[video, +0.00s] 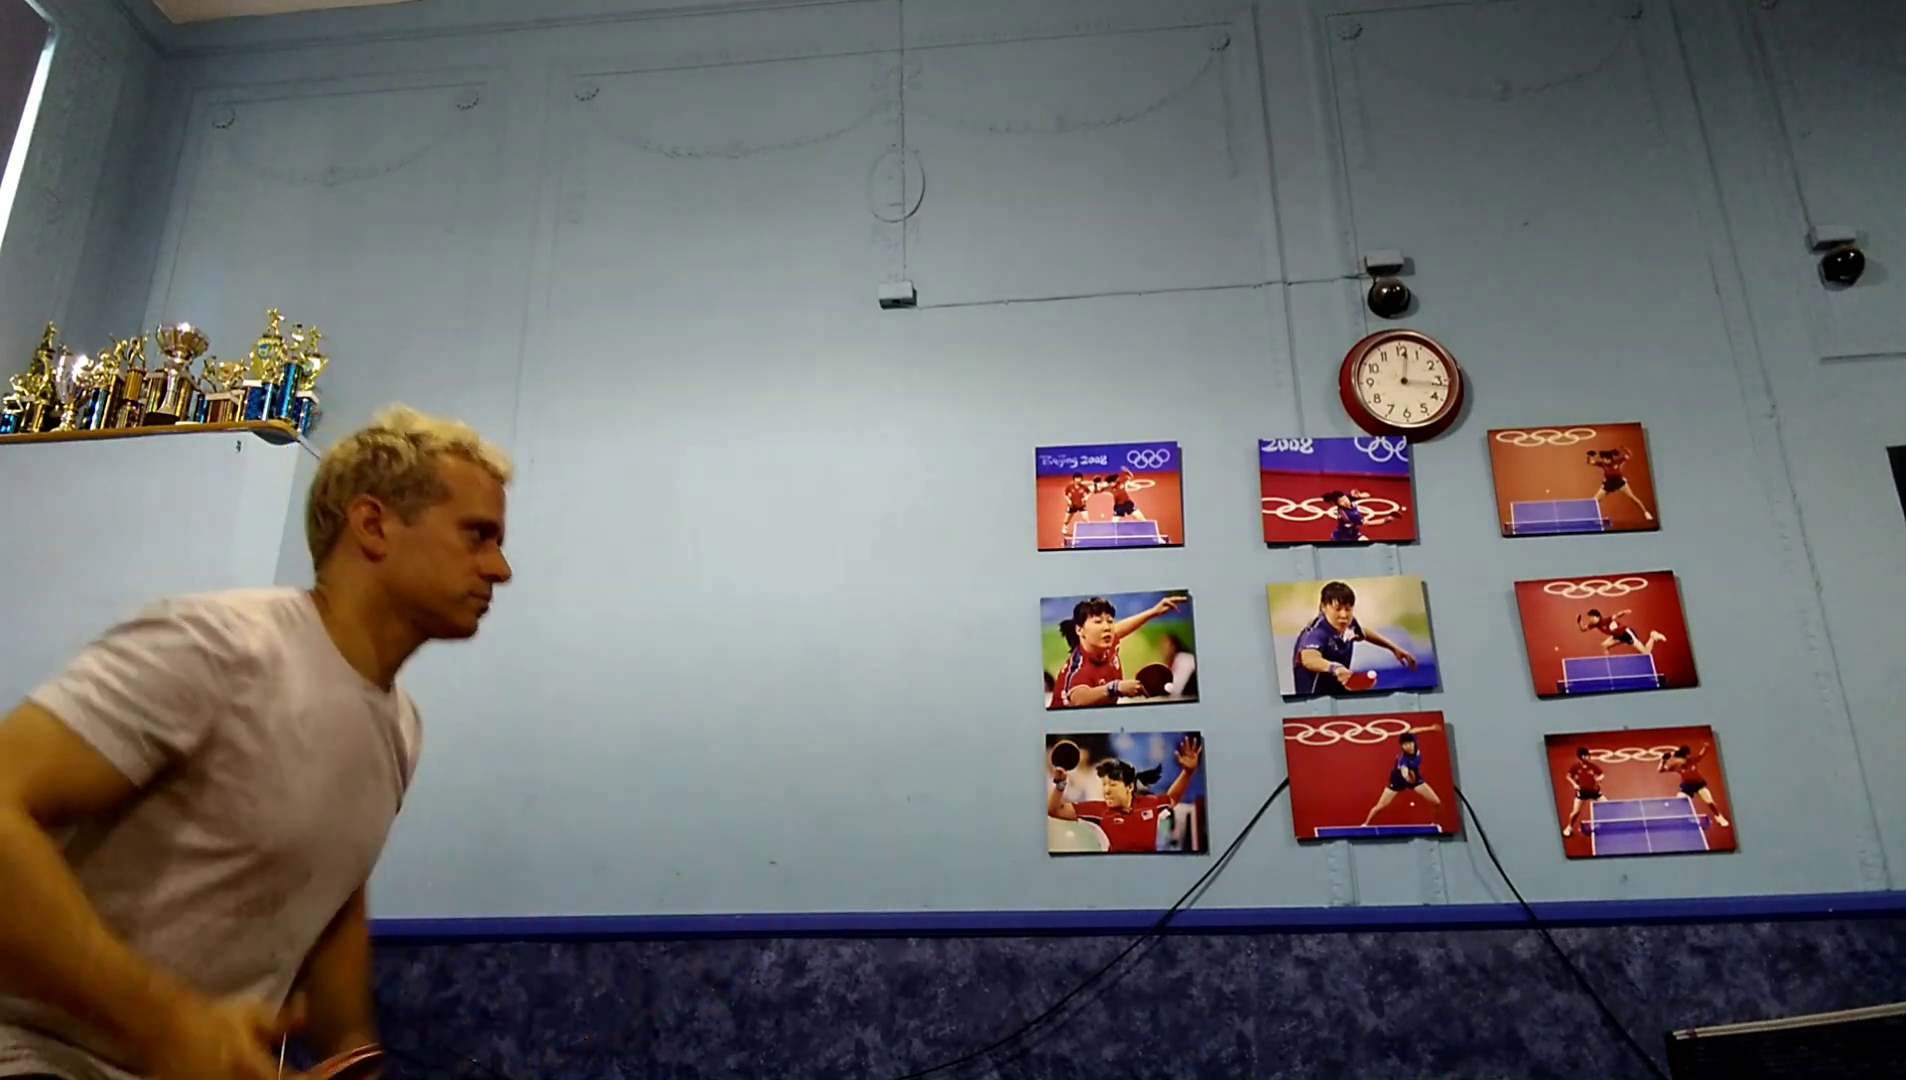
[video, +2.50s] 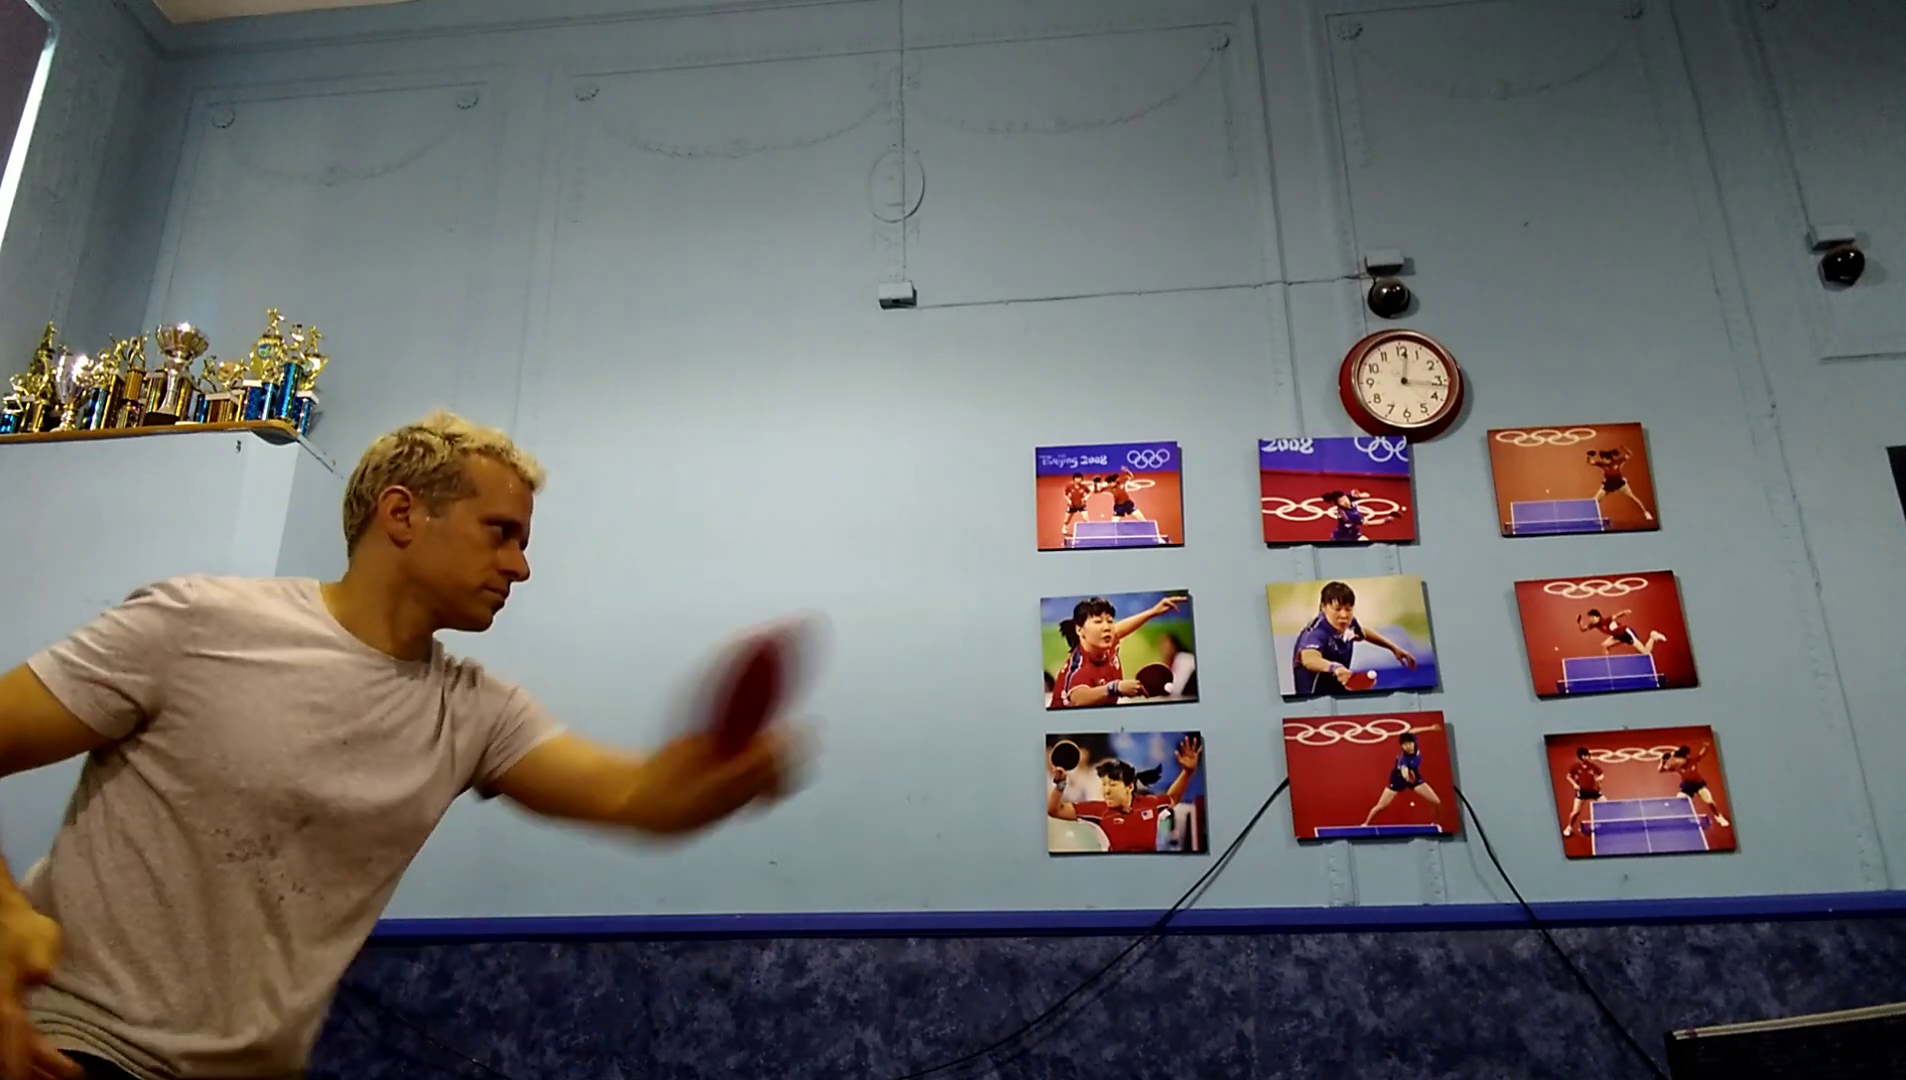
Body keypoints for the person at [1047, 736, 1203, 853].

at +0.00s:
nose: (1106, 790)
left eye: (1113, 784)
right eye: (1104, 785)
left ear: (1130, 787)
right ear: (1101, 787)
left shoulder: (1151, 805)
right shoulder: (1100, 810)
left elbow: (1172, 798)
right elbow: (1055, 811)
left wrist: (1188, 771)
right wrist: (1060, 785)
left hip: (1150, 872)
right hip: (1115, 874)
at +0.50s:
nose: (1107, 790)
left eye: (1113, 785)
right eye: (1104, 785)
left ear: (1130, 787)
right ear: (1101, 787)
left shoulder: (1151, 804)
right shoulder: (1100, 810)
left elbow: (1172, 798)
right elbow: (1055, 811)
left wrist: (1188, 771)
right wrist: (1059, 785)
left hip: (1151, 872)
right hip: (1116, 874)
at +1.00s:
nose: (1106, 790)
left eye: (1113, 785)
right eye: (1104, 785)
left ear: (1130, 787)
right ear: (1101, 787)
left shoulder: (1151, 805)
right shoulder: (1100, 811)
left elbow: (1173, 798)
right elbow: (1055, 811)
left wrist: (1188, 771)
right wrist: (1060, 785)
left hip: (1151, 873)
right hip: (1115, 875)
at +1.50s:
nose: (1107, 790)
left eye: (1113, 785)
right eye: (1104, 785)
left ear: (1130, 787)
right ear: (1101, 787)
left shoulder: (1151, 804)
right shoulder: (1100, 811)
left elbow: (1172, 798)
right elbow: (1055, 811)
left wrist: (1188, 771)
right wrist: (1059, 785)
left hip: (1152, 872)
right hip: (1117, 874)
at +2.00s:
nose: (1107, 790)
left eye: (1113, 785)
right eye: (1104, 785)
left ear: (1130, 787)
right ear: (1101, 786)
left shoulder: (1151, 804)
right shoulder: (1100, 810)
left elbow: (1173, 798)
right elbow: (1055, 811)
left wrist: (1188, 772)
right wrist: (1059, 785)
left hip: (1151, 872)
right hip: (1116, 874)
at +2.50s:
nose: (1107, 790)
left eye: (1113, 785)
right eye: (1104, 785)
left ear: (1130, 787)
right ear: (1101, 787)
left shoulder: (1151, 804)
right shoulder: (1100, 811)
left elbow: (1172, 798)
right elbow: (1055, 811)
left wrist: (1188, 772)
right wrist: (1060, 785)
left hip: (1151, 872)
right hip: (1116, 874)